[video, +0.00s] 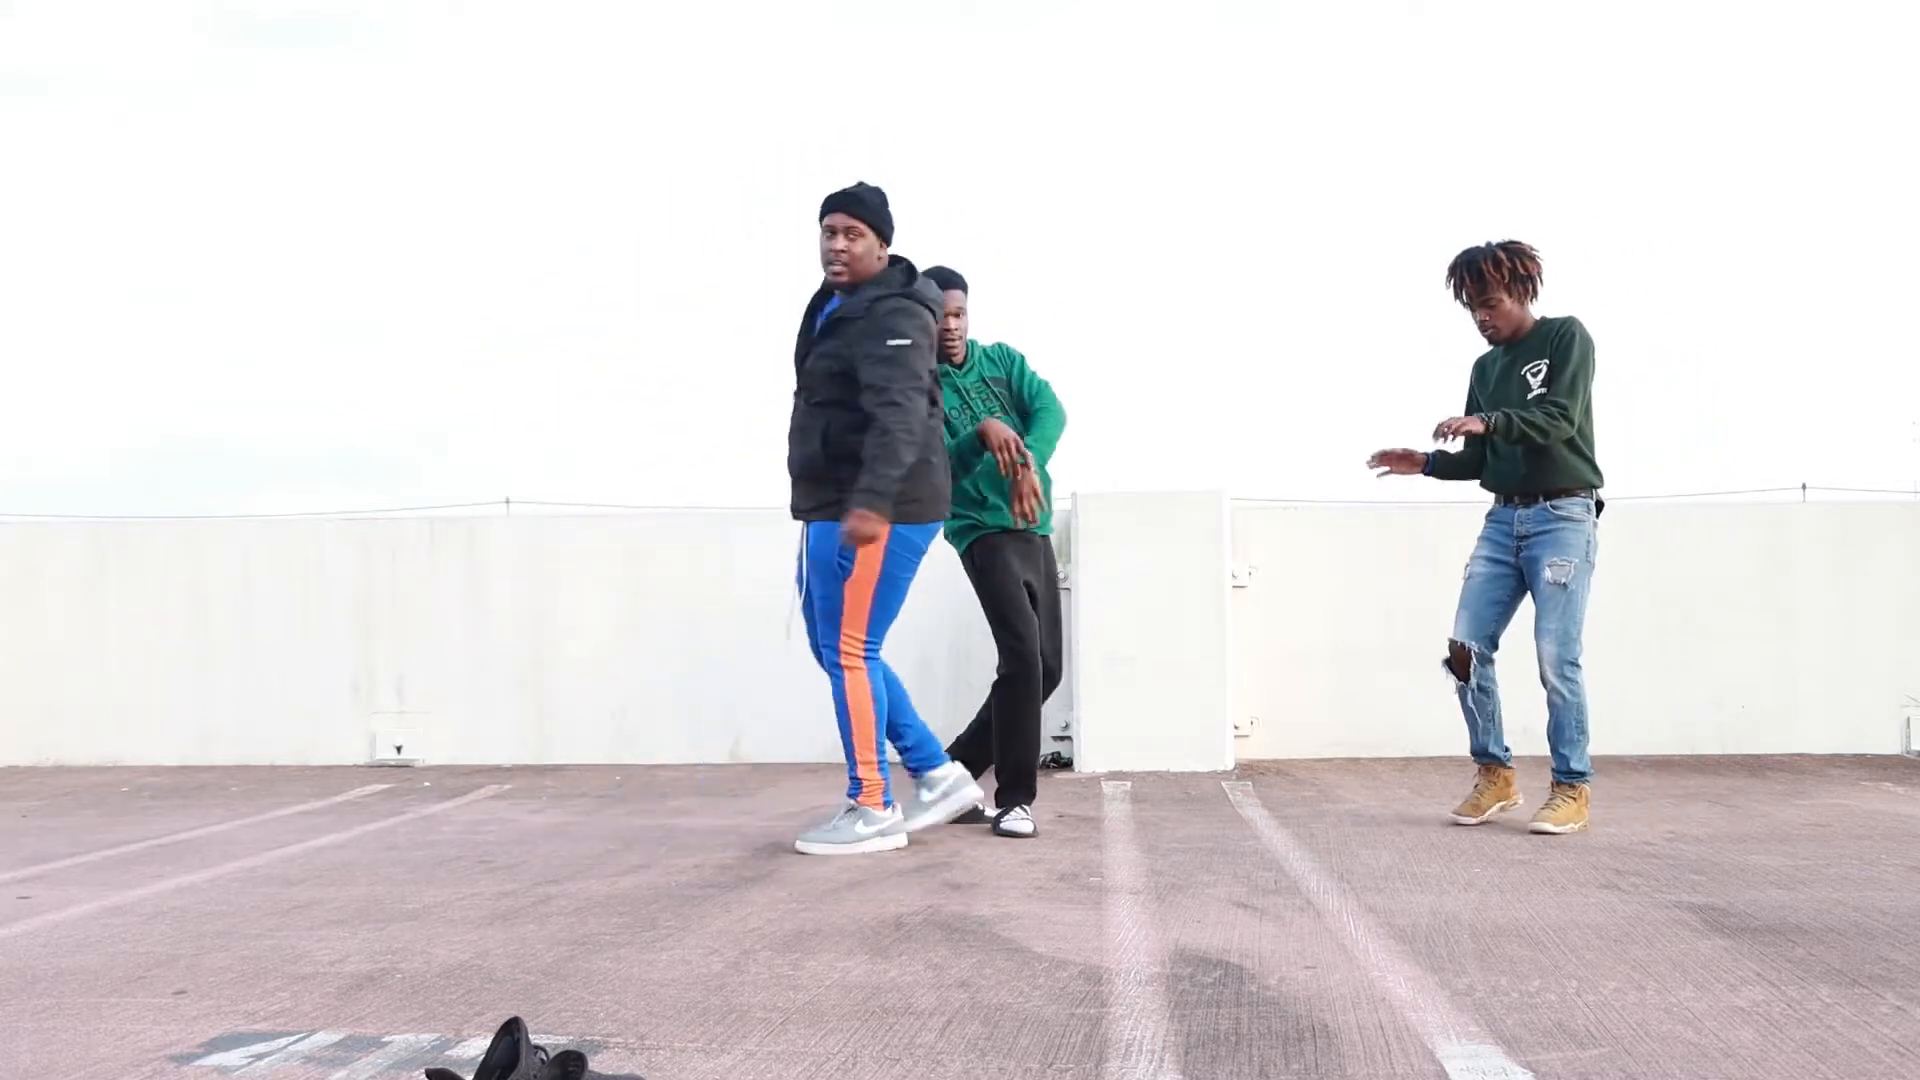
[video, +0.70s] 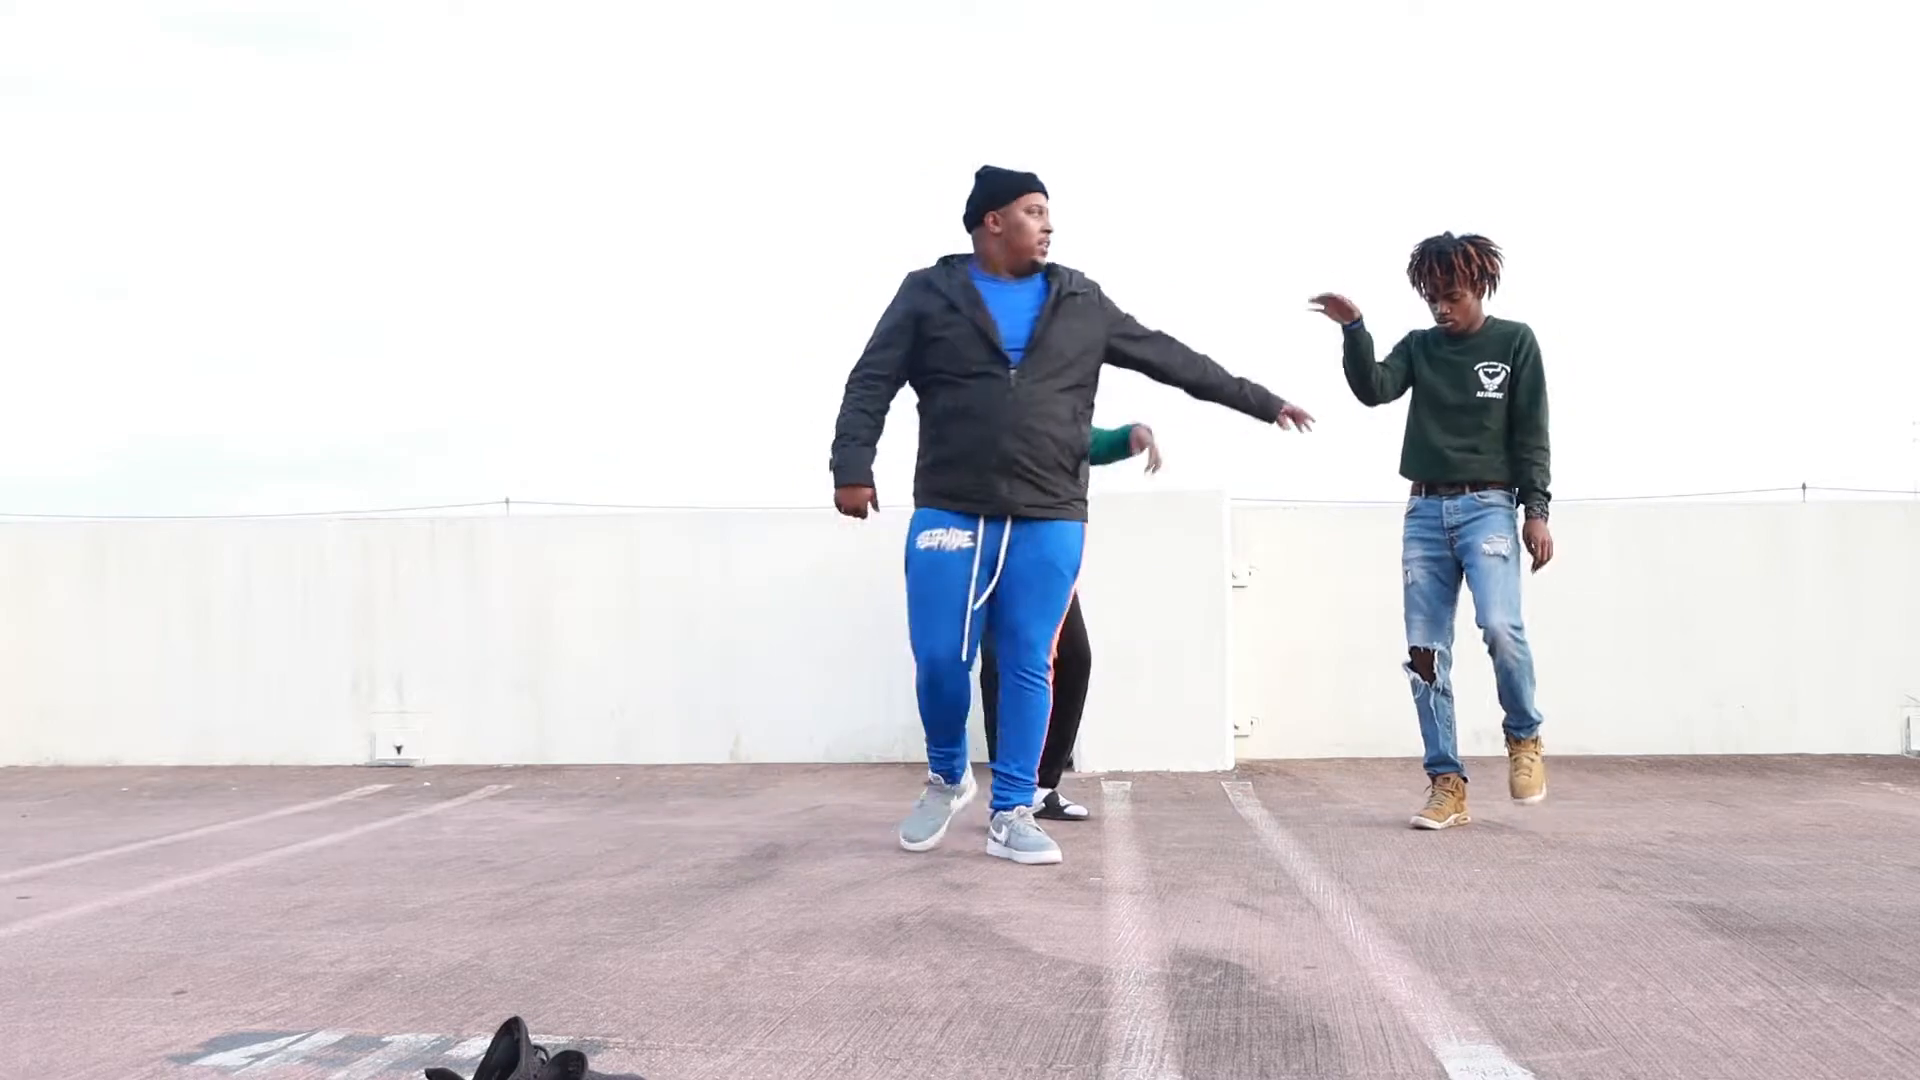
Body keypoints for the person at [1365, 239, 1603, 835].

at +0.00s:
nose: (1480, 320)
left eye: (1488, 306)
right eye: (1472, 309)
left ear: (1522, 293)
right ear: (1470, 306)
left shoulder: (1567, 337)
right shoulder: (1485, 369)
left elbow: (1557, 420)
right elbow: (1480, 461)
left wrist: (1488, 423)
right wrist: (1424, 462)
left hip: (1562, 517)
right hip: (1504, 520)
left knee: (1554, 658)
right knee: (1467, 651)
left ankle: (1570, 789)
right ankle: (1494, 777)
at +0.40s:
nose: (1454, 308)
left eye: (1464, 295)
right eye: (1446, 297)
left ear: (1497, 285)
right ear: (1441, 292)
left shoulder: (1533, 332)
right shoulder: (1440, 350)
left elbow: (1538, 415)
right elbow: (1417, 431)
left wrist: (1494, 414)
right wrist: (1374, 396)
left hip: (1518, 512)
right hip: (1454, 514)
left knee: (1538, 653)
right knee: (1442, 653)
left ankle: (1566, 783)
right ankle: (1448, 785)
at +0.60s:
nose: (1444, 308)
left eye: (1454, 296)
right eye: (1436, 298)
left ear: (1483, 286)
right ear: (1429, 293)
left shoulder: (1519, 336)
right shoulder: (1421, 345)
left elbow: (1534, 421)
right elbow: (1378, 400)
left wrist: (1528, 485)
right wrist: (1357, 346)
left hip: (1495, 506)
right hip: (1431, 512)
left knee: (1506, 628)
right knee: (1430, 649)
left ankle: (1534, 742)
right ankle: (1446, 782)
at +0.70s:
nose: (1441, 311)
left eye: (1451, 298)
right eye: (1433, 300)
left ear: (1481, 287)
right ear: (1426, 295)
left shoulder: (1515, 341)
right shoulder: (1419, 345)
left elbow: (1531, 432)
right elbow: (1372, 389)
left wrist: (1536, 511)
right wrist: (1354, 327)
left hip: (1488, 507)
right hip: (1424, 511)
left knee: (1499, 626)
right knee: (1424, 652)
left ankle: (1522, 738)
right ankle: (1446, 784)